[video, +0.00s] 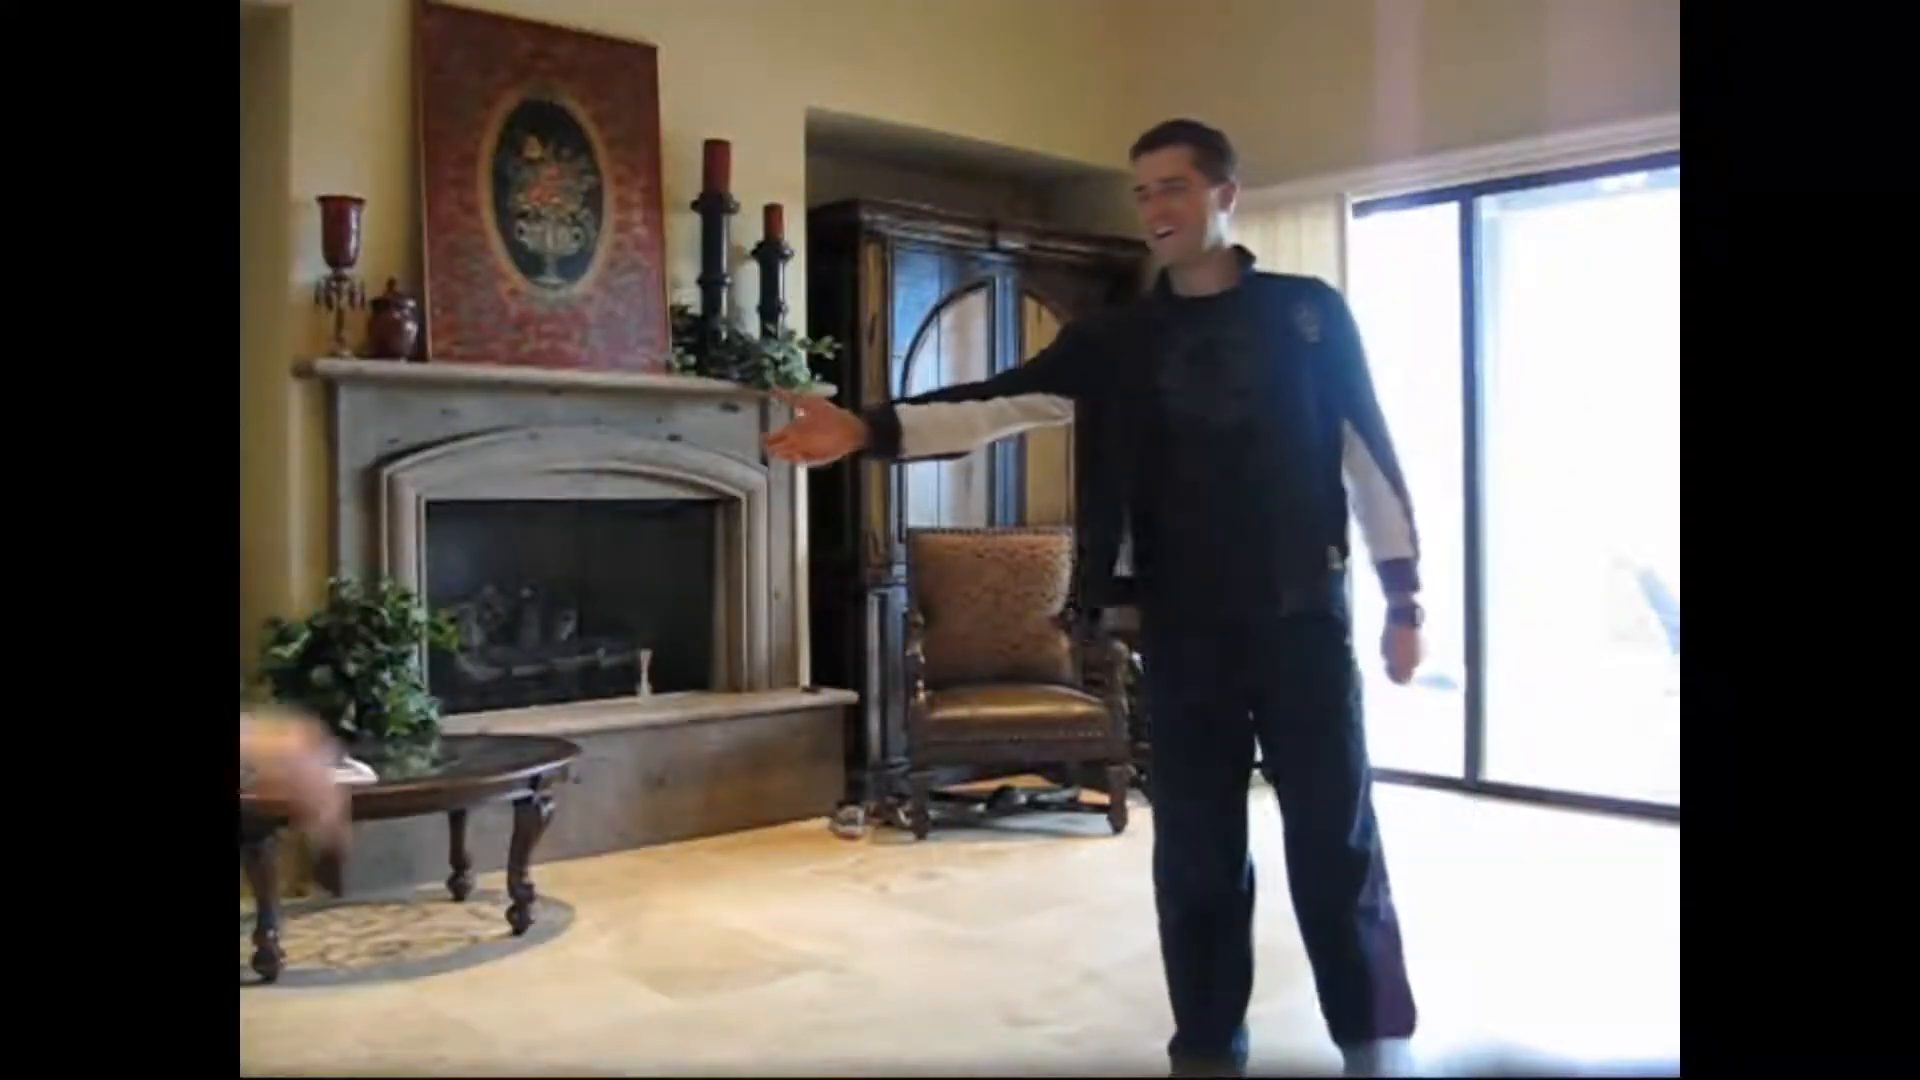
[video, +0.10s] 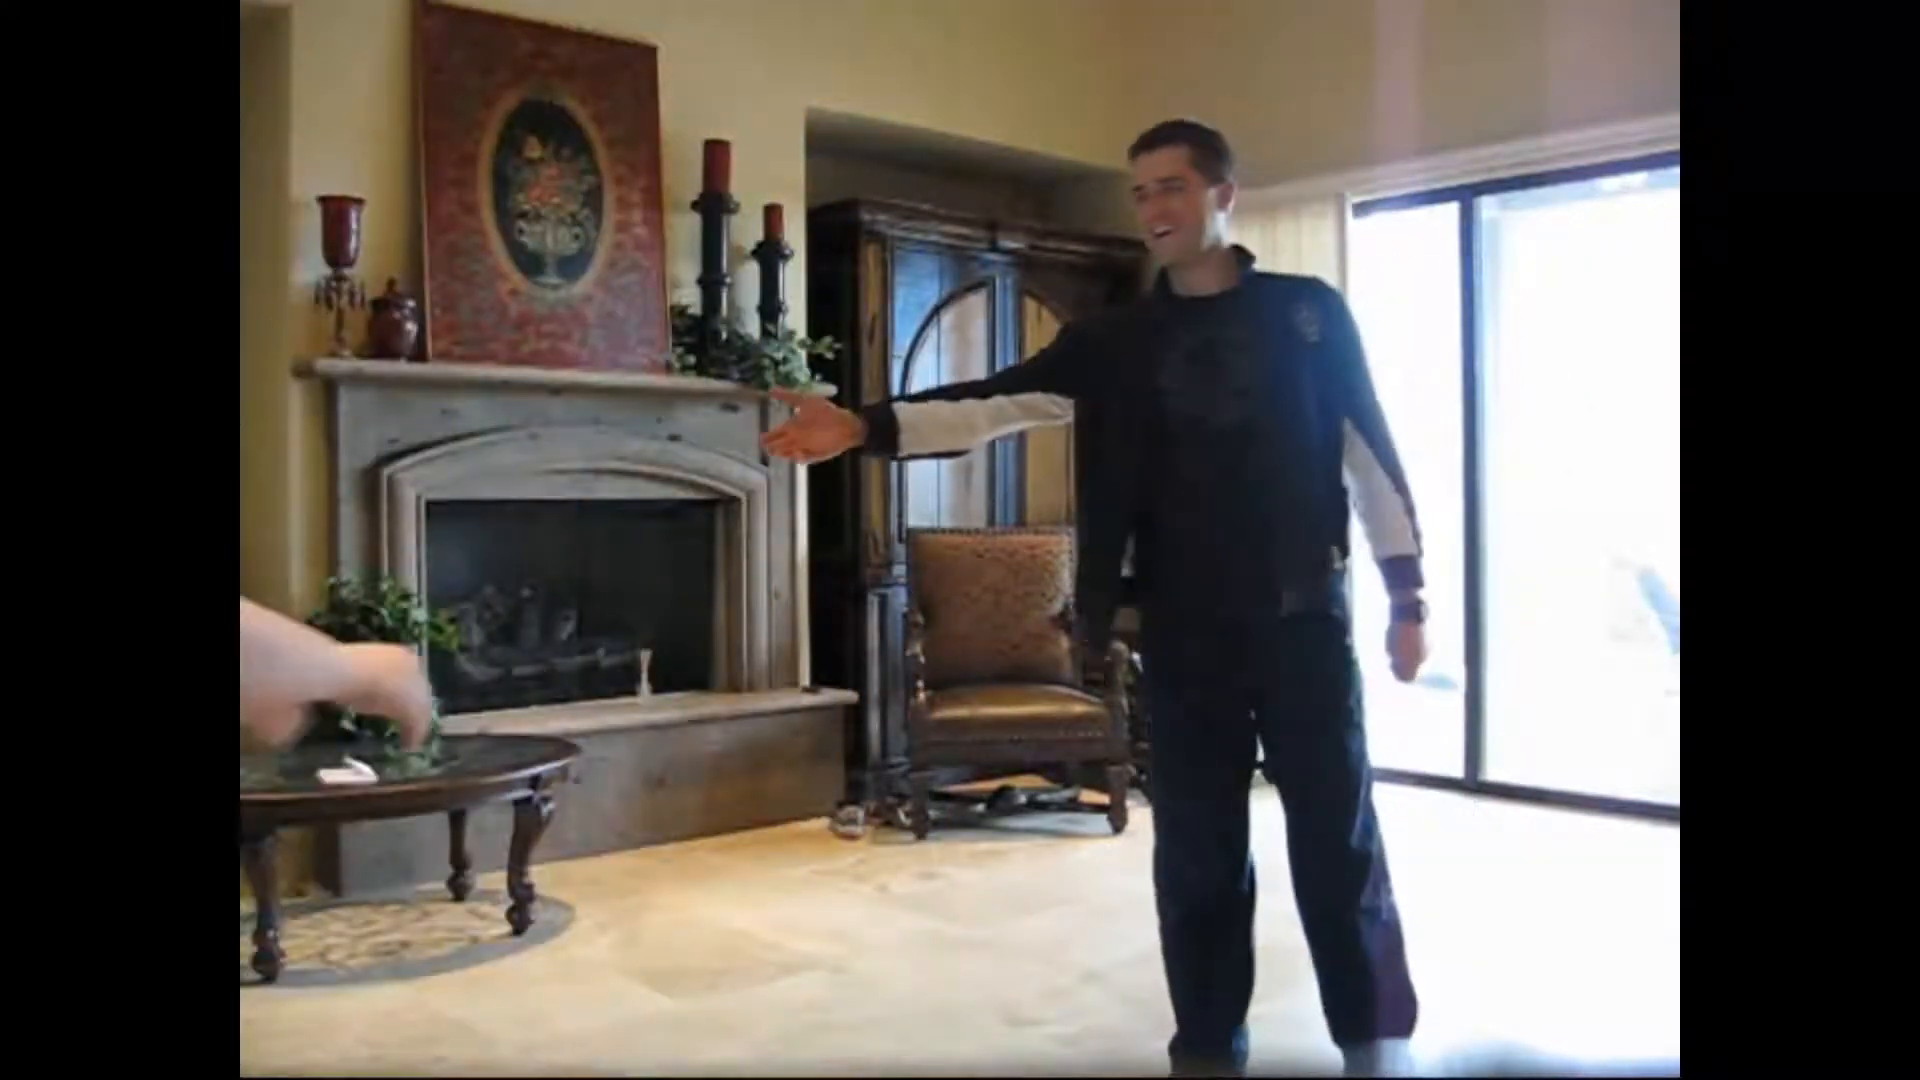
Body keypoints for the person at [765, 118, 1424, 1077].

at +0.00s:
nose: (1153, 209)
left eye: (1171, 189)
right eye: (1142, 195)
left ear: (1226, 194)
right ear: (1137, 209)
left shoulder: (1308, 311)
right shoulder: (1115, 337)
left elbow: (1370, 459)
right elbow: (993, 405)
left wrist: (1402, 598)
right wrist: (866, 429)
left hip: (1303, 627)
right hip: (1185, 633)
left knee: (1337, 851)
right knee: (1196, 862)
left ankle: (1374, 1050)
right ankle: (1206, 1055)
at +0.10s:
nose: (1151, 209)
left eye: (1170, 189)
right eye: (1140, 194)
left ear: (1223, 194)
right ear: (1133, 209)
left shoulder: (1307, 310)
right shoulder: (1113, 338)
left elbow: (1370, 457)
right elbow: (990, 404)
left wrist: (1406, 595)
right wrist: (864, 427)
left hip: (1304, 628)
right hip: (1184, 635)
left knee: (1339, 852)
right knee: (1197, 862)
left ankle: (1373, 1050)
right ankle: (1206, 1055)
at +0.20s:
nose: (1151, 208)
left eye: (1170, 188)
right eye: (1140, 194)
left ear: (1223, 194)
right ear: (1133, 209)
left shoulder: (1307, 309)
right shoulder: (1112, 339)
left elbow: (1372, 457)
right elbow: (992, 406)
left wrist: (1406, 595)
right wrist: (863, 430)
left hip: (1303, 630)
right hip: (1183, 639)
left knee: (1339, 853)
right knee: (1197, 863)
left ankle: (1373, 1051)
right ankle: (1206, 1055)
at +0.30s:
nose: (1151, 208)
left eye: (1170, 188)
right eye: (1139, 194)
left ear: (1223, 194)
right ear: (1132, 209)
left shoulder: (1308, 309)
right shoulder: (1109, 340)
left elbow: (1372, 457)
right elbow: (991, 411)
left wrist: (1402, 595)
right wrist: (861, 435)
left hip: (1303, 631)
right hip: (1182, 642)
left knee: (1338, 852)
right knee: (1197, 863)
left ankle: (1373, 1050)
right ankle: (1206, 1054)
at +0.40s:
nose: (1152, 208)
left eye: (1171, 187)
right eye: (1140, 192)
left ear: (1227, 194)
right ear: (1134, 208)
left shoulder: (1309, 309)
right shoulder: (1111, 342)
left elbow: (1372, 455)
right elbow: (989, 412)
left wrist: (1399, 594)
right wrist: (860, 438)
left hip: (1304, 636)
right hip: (1182, 647)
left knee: (1338, 859)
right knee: (1198, 869)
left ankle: (1374, 1053)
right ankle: (1207, 1056)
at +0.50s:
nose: (1172, 201)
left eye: (1191, 181)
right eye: (1156, 186)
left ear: (1233, 193)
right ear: (1141, 206)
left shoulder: (1310, 308)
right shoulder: (1110, 342)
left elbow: (1373, 454)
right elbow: (990, 415)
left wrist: (1398, 595)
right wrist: (861, 438)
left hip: (1306, 635)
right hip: (1183, 646)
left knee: (1339, 858)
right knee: (1199, 867)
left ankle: (1373, 1053)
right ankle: (1207, 1055)